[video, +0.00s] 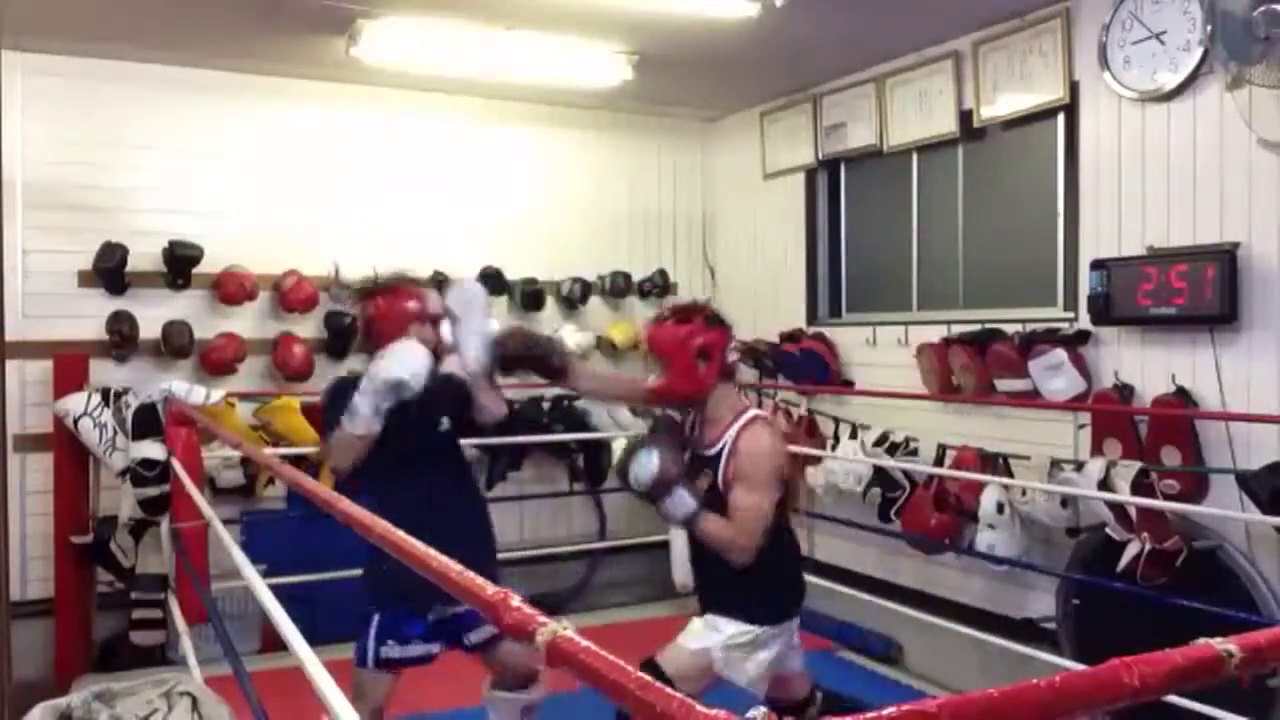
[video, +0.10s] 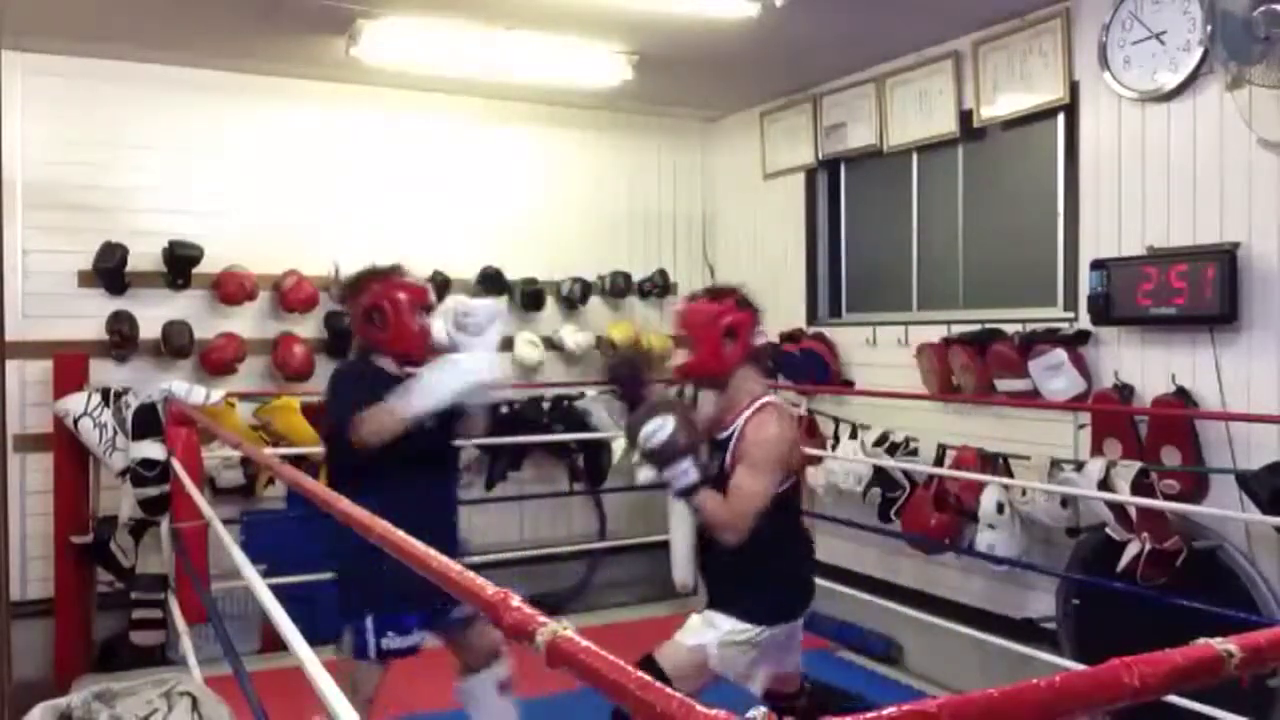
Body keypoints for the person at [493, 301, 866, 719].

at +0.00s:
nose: (661, 384)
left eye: (669, 373)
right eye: (662, 371)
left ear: (706, 368)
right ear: (701, 366)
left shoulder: (757, 440)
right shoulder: (696, 411)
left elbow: (741, 546)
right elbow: (623, 391)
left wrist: (675, 498)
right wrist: (548, 362)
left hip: (755, 611)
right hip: (732, 595)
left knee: (641, 696)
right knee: (794, 699)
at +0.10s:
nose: (680, 359)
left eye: (689, 348)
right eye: (681, 346)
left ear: (725, 348)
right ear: (727, 346)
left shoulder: (770, 423)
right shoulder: (728, 400)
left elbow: (732, 526)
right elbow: (692, 452)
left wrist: (684, 473)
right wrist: (644, 403)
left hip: (759, 603)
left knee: (637, 693)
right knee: (785, 698)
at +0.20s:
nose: (730, 350)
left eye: (739, 336)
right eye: (732, 336)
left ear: (775, 335)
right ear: (776, 336)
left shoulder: (788, 413)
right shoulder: (799, 404)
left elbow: (754, 513)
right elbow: (762, 473)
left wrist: (698, 459)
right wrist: (722, 428)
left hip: (761, 602)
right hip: (796, 593)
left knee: (644, 690)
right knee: (806, 698)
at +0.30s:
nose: (765, 347)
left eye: (774, 335)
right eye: (768, 334)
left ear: (807, 335)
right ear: (816, 335)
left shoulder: (807, 402)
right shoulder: (847, 396)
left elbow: (794, 498)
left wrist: (725, 460)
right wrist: (764, 444)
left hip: (789, 594)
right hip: (835, 589)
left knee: (679, 694)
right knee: (839, 694)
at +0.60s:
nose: (775, 310)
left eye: (781, 297)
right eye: (775, 297)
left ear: (807, 297)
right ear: (828, 297)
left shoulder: (812, 364)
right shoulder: (861, 360)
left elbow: (804, 459)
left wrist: (746, 426)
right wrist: (771, 404)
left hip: (824, 560)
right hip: (880, 552)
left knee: (707, 645)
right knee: (896, 678)